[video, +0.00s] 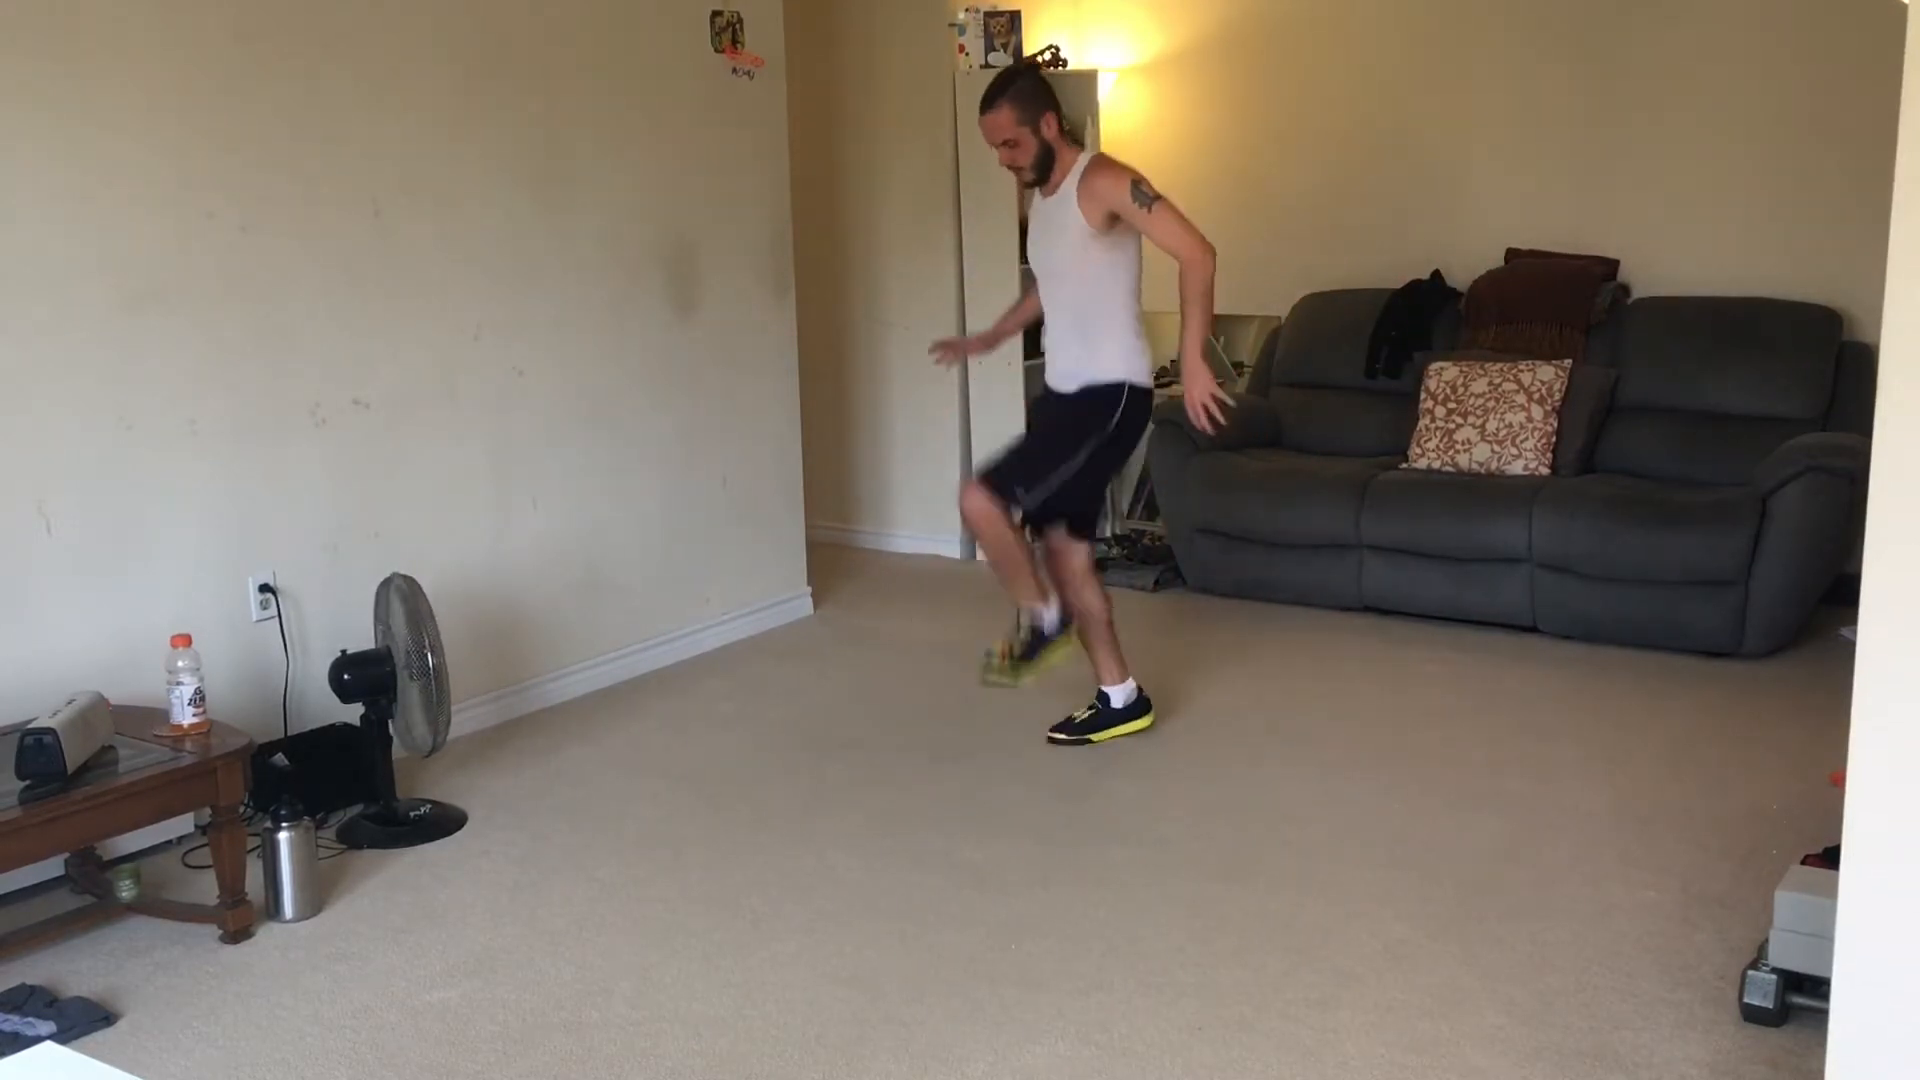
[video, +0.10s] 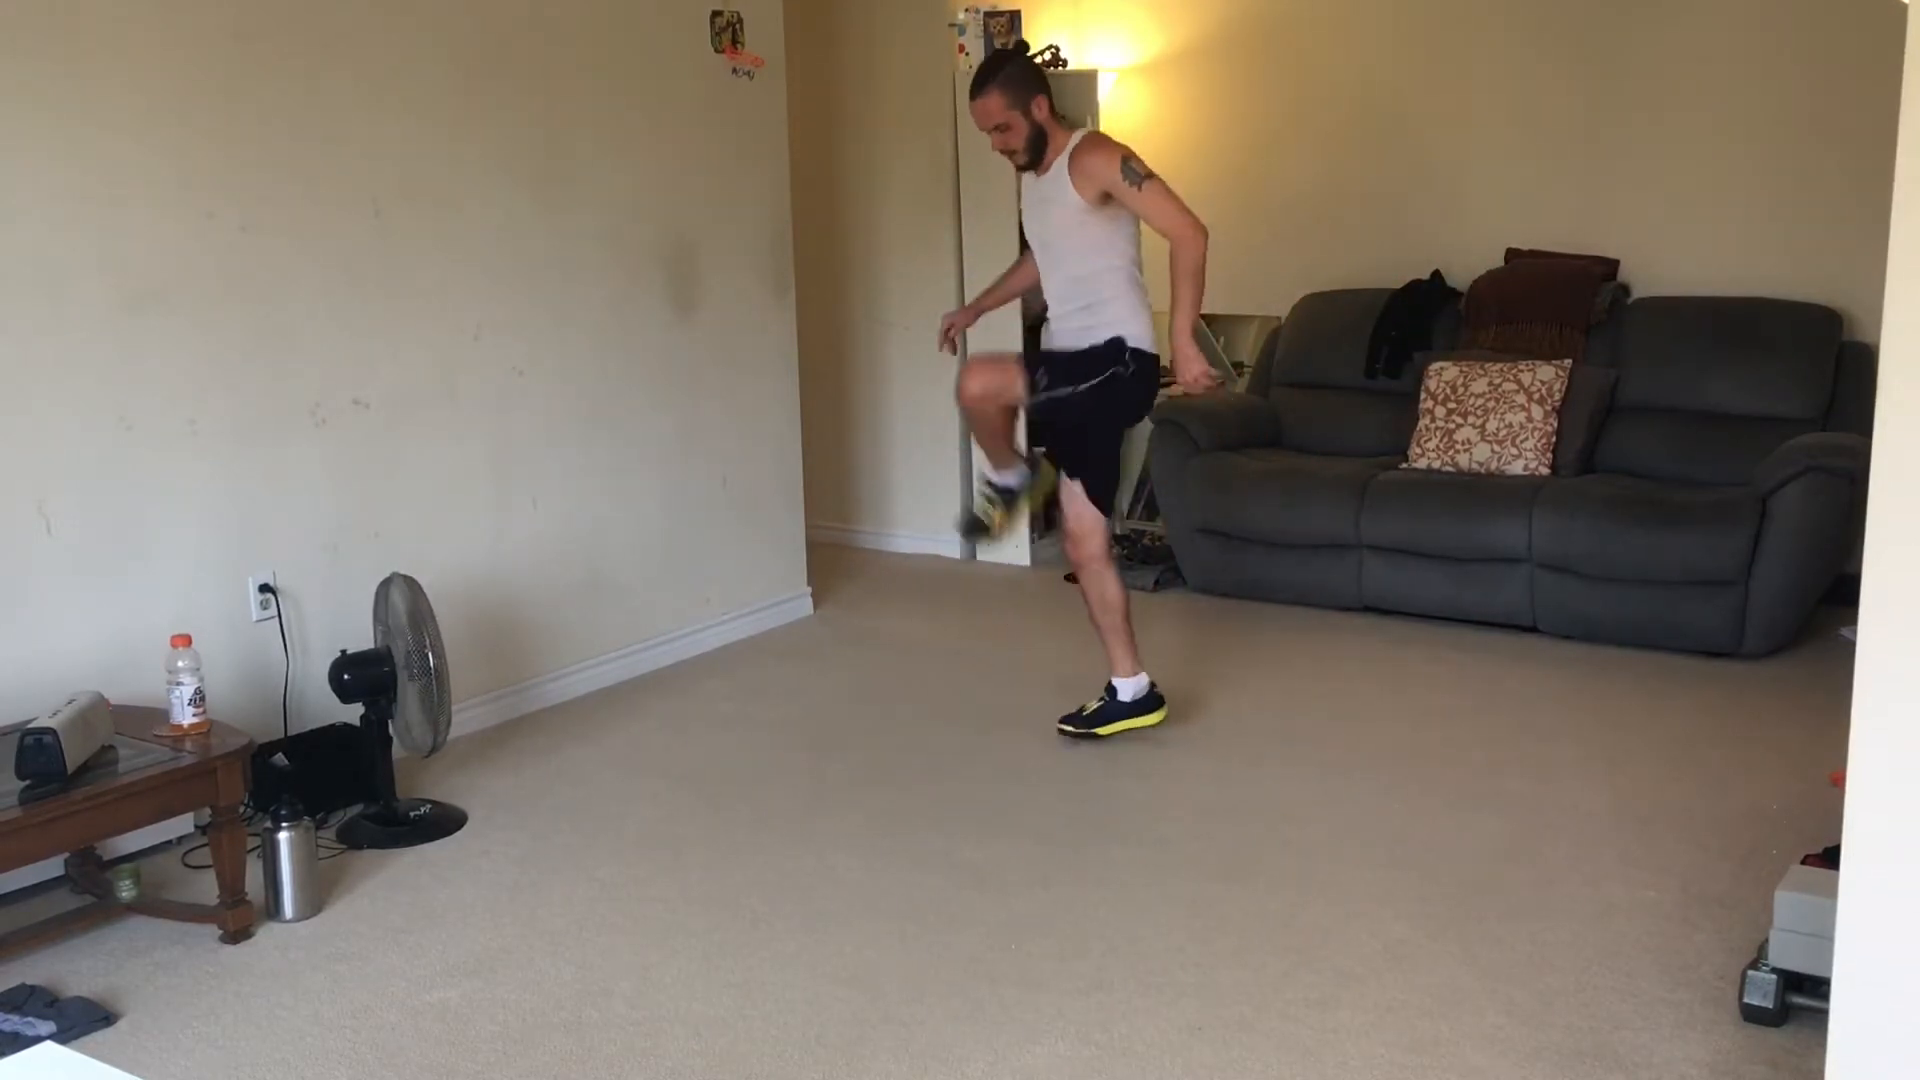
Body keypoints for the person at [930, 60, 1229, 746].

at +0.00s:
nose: (1003, 159)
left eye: (1009, 143)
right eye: (994, 146)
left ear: (1049, 125)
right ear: (1020, 135)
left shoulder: (1105, 180)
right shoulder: (1040, 197)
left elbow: (1197, 254)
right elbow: (1048, 287)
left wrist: (1195, 361)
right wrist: (984, 341)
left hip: (1111, 394)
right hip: (1064, 392)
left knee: (983, 498)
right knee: (1066, 549)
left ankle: (1043, 617)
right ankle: (1120, 695)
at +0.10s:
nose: (995, 144)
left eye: (1001, 128)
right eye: (987, 132)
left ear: (1039, 109)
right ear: (1011, 120)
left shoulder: (1097, 158)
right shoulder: (1033, 178)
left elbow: (1189, 234)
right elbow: (1043, 259)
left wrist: (1184, 340)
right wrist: (973, 309)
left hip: (1118, 360)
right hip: (1066, 361)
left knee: (978, 382)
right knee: (1085, 543)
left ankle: (1011, 484)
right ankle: (1131, 690)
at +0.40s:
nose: (996, 194)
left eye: (1002, 177)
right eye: (987, 181)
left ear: (1042, 157)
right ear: (1017, 168)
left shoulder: (1096, 207)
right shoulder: (1036, 234)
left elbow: (1190, 273)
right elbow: (1040, 327)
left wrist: (1165, 383)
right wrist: (971, 374)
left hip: (1125, 419)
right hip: (1081, 422)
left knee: (1003, 539)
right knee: (1048, 577)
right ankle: (1131, 728)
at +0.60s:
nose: (971, 176)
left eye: (976, 159)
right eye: (960, 165)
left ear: (1011, 129)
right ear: (958, 152)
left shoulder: (1086, 161)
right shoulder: (988, 204)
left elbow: (1181, 221)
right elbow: (989, 277)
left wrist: (1112, 305)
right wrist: (951, 352)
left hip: (1143, 366)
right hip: (1067, 384)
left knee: (1106, 496)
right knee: (1051, 564)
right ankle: (1099, 693)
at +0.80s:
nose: (962, 264)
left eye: (965, 250)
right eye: (952, 256)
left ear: (996, 216)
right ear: (950, 239)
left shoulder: (1086, 221)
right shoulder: (973, 284)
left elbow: (1192, 253)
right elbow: (935, 360)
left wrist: (1149, 334)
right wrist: (901, 444)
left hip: (1140, 438)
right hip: (1056, 452)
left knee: (1168, 577)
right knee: (1069, 604)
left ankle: (1043, 613)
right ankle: (1081, 741)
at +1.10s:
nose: (982, 229)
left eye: (990, 214)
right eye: (972, 218)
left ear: (1027, 185)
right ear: (965, 202)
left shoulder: (1100, 208)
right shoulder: (975, 262)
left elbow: (1211, 227)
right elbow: (920, 343)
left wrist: (1188, 275)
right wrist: (889, 429)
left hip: (1095, 433)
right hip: (1027, 439)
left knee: (1112, 606)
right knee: (1076, 607)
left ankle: (968, 683)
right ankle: (1082, 737)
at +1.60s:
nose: (942, 348)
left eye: (943, 338)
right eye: (932, 342)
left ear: (965, 305)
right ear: (921, 321)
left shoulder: (1047, 289)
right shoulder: (932, 315)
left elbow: (1150, 314)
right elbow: (850, 362)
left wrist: (1225, 385)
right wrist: (800, 386)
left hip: (1071, 463)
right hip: (993, 460)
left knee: (1055, 623)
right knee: (921, 595)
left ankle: (1119, 687)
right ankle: (922, 713)